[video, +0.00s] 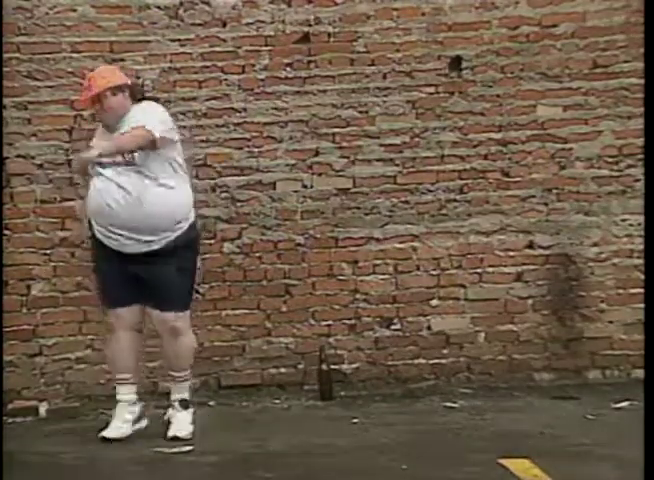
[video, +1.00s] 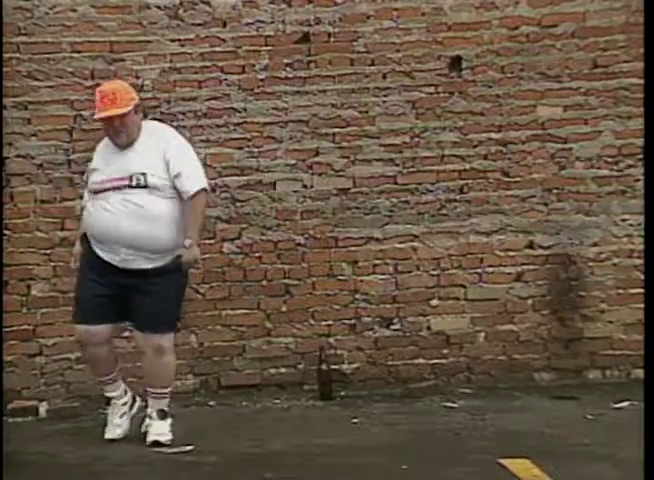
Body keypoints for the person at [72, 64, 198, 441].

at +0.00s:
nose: (95, 109)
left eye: (99, 100)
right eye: (93, 104)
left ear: (121, 94)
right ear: (97, 105)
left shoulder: (150, 113)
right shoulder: (102, 134)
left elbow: (141, 139)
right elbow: (89, 179)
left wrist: (98, 149)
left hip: (168, 240)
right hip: (114, 241)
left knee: (173, 322)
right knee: (122, 322)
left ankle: (181, 406)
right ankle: (127, 405)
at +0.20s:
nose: (99, 139)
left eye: (106, 131)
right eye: (95, 132)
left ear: (124, 122)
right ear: (89, 128)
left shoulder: (147, 140)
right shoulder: (96, 157)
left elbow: (154, 175)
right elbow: (90, 200)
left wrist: (139, 208)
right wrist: (76, 215)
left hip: (162, 259)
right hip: (107, 261)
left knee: (172, 338)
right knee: (113, 338)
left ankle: (181, 408)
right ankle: (133, 414)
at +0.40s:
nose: (102, 104)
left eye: (110, 97)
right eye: (96, 97)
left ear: (127, 92)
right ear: (87, 94)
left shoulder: (153, 118)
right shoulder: (77, 126)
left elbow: (196, 161)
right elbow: (61, 175)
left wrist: (198, 198)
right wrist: (29, 173)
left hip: (160, 226)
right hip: (107, 239)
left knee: (170, 314)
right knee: (118, 324)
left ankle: (201, 394)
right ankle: (136, 407)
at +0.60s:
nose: (105, 117)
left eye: (114, 110)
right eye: (99, 109)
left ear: (131, 110)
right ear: (90, 108)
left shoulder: (152, 139)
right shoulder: (73, 145)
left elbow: (192, 163)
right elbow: (27, 168)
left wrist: (201, 158)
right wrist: (5, 173)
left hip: (159, 245)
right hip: (103, 263)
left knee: (175, 309)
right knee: (115, 341)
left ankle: (228, 376)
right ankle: (144, 414)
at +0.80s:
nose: (102, 104)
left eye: (110, 97)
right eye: (96, 98)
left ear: (130, 92)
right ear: (89, 97)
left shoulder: (157, 118)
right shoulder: (82, 135)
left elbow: (194, 151)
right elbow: (64, 181)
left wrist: (175, 168)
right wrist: (50, 205)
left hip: (162, 241)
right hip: (104, 248)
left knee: (168, 323)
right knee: (120, 330)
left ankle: (172, 410)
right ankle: (139, 408)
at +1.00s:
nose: (115, 125)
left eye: (121, 116)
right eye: (107, 119)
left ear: (137, 109)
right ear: (100, 118)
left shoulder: (167, 141)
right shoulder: (102, 149)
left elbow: (196, 192)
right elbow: (92, 200)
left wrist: (191, 241)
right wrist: (81, 240)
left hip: (159, 267)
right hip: (102, 262)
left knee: (158, 344)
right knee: (91, 334)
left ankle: (159, 414)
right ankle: (118, 399)